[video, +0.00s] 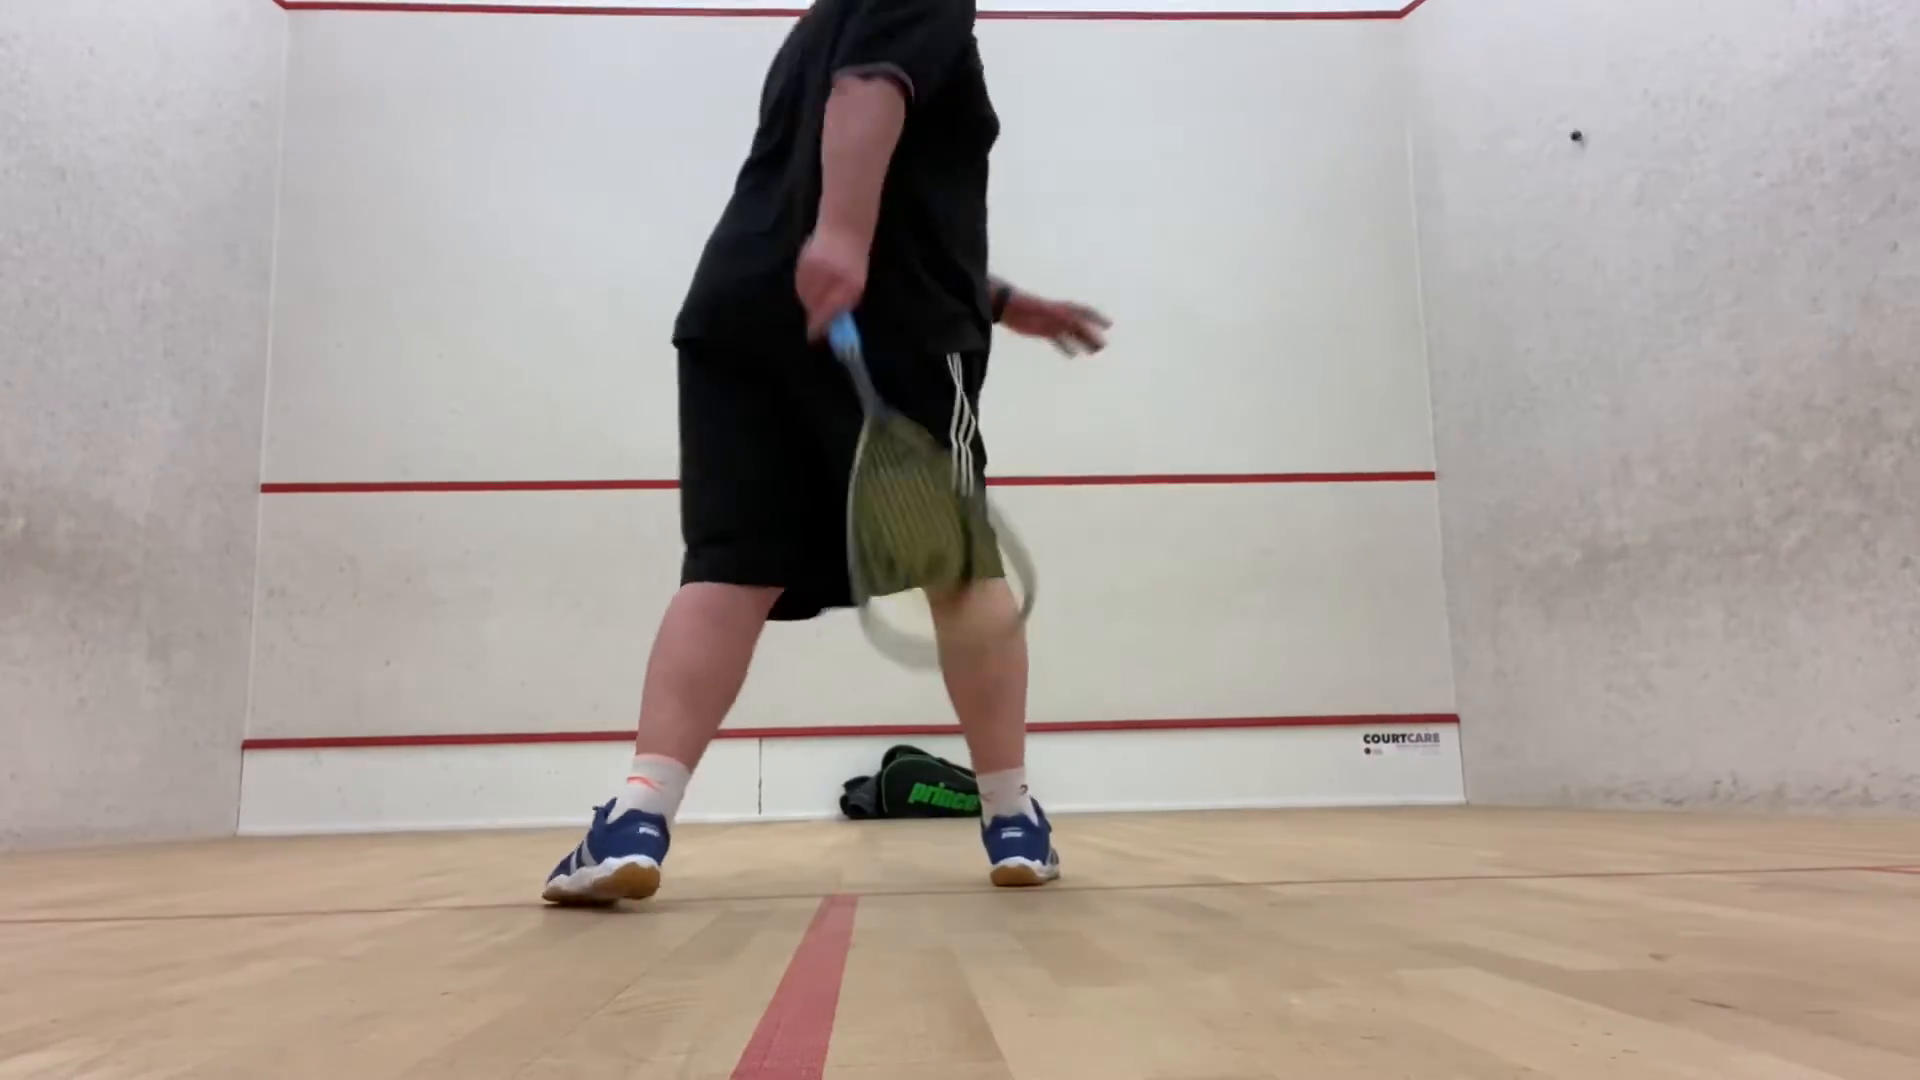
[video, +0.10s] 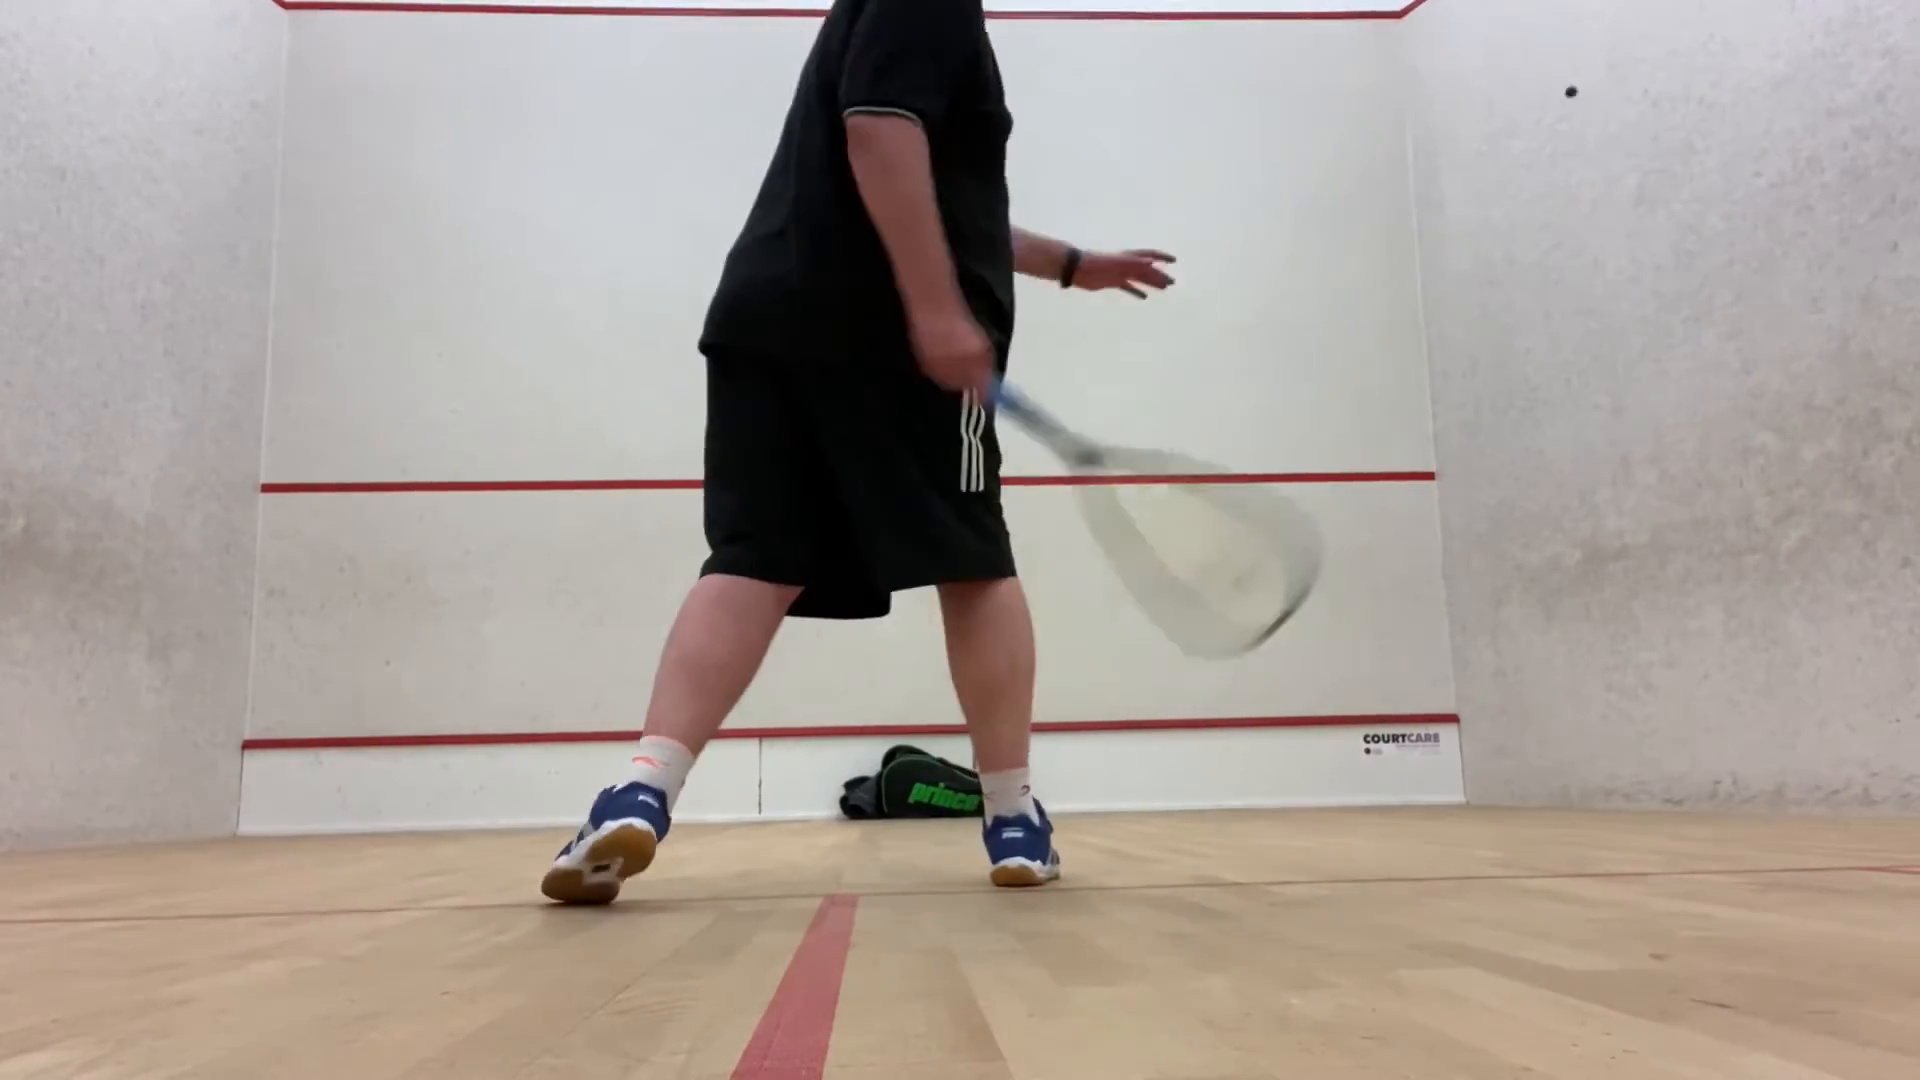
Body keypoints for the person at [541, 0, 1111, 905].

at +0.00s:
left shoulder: (822, 30)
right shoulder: (927, 2)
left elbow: (869, 211)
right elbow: (869, 84)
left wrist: (1004, 301)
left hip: (738, 313)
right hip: (885, 318)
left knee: (729, 564)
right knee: (963, 562)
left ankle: (639, 814)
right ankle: (1011, 815)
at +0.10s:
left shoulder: (865, 26)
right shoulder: (931, 9)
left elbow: (931, 210)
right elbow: (877, 129)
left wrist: (1071, 264)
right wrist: (937, 310)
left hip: (763, 322)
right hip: (896, 332)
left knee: (752, 559)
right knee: (976, 564)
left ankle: (644, 792)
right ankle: (1013, 817)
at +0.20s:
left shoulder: (882, 23)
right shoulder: (945, 0)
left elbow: (913, 179)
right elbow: (946, 86)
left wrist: (1053, 243)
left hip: (780, 306)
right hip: (921, 320)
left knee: (763, 551)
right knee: (980, 562)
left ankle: (650, 777)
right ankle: (1015, 817)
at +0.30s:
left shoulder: (887, 25)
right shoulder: (973, 19)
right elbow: (1044, 36)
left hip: (785, 307)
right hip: (929, 326)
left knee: (760, 548)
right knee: (987, 569)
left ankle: (649, 770)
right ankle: (1011, 814)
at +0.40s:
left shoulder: (884, 10)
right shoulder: (1057, 28)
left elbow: (786, 89)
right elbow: (1179, 104)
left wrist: (778, 171)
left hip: (796, 308)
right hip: (950, 333)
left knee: (750, 543)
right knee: (991, 566)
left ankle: (651, 759)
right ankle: (1016, 817)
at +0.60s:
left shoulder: (881, 8)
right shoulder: (1099, 66)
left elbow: (747, 67)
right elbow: (1195, 222)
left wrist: (605, 143)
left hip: (784, 315)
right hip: (933, 349)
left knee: (719, 518)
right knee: (960, 570)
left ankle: (628, 708)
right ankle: (1012, 818)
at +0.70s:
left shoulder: (865, 7)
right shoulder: (1079, 88)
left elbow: (764, 76)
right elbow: (1080, 274)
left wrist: (638, 160)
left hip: (790, 323)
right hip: (941, 364)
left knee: (706, 527)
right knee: (967, 579)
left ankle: (622, 721)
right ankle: (1013, 818)